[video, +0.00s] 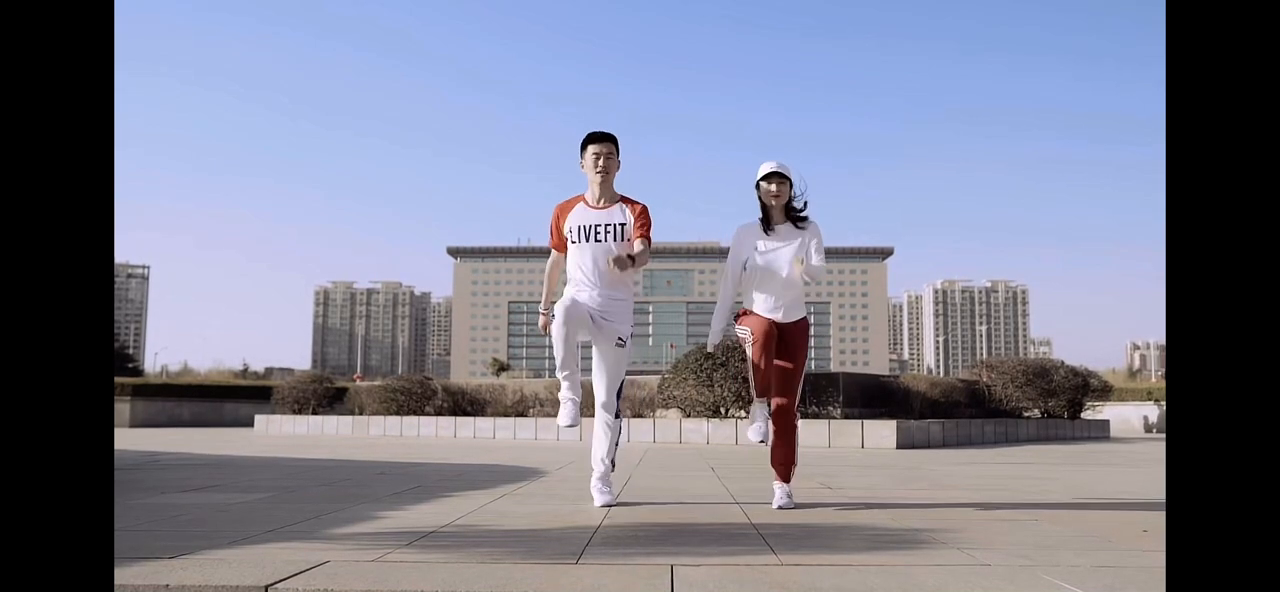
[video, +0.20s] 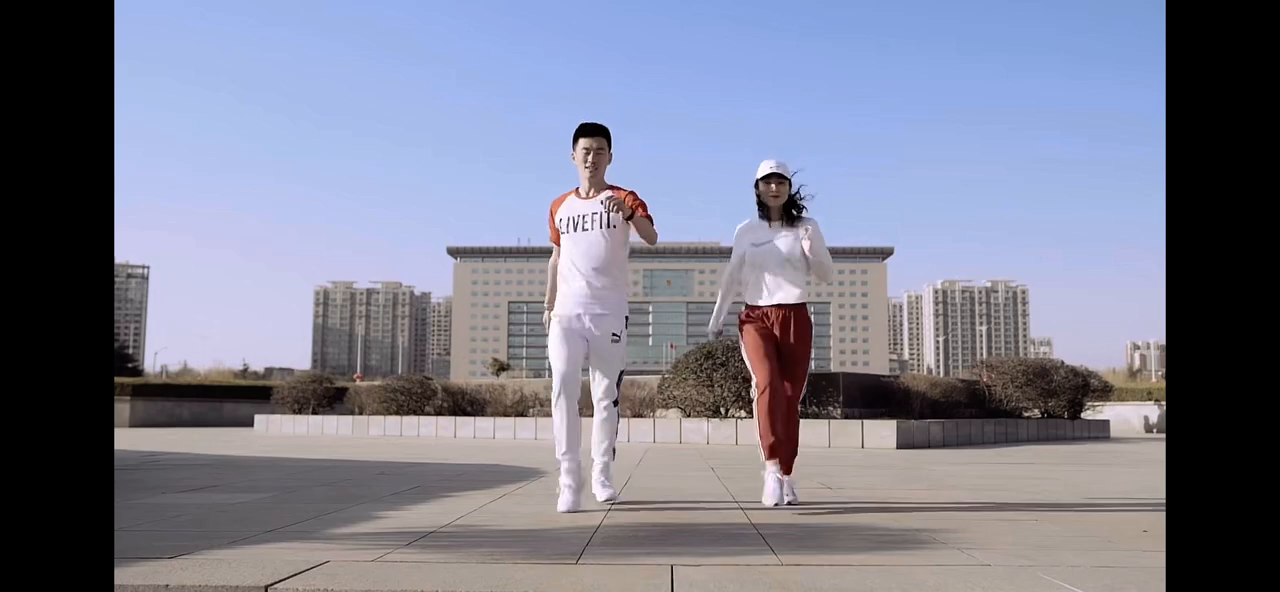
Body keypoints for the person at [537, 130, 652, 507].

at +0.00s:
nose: (603, 161)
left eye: (609, 156)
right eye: (595, 156)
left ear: (618, 163)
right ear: (583, 164)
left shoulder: (635, 210)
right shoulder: (565, 211)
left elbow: (644, 251)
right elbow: (556, 260)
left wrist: (630, 261)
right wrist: (545, 305)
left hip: (616, 310)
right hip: (578, 301)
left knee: (608, 402)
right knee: (567, 310)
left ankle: (602, 477)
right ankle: (569, 394)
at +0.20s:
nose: (592, 157)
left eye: (599, 151)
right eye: (585, 150)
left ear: (610, 157)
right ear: (574, 157)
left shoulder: (625, 198)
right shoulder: (560, 205)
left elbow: (651, 238)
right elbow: (557, 256)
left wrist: (630, 214)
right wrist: (549, 304)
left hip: (609, 312)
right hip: (567, 310)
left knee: (606, 396)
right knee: (562, 392)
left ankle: (602, 473)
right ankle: (568, 481)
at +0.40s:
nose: (589, 152)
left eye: (596, 146)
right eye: (582, 146)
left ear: (605, 152)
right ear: (570, 151)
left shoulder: (621, 199)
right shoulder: (551, 199)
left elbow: (637, 253)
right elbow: (537, 247)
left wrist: (643, 301)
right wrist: (527, 280)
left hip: (604, 303)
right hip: (564, 304)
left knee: (604, 347)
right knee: (570, 394)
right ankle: (580, 476)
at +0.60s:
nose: (594, 154)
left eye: (600, 148)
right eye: (587, 147)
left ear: (609, 153)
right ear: (572, 150)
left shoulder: (623, 201)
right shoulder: (549, 196)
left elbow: (626, 248)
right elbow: (520, 249)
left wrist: (632, 285)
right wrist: (530, 233)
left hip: (604, 294)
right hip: (564, 298)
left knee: (589, 336)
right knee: (570, 388)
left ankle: (591, 429)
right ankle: (582, 471)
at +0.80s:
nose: (598, 174)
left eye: (605, 168)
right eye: (591, 167)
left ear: (612, 173)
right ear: (576, 168)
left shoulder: (619, 215)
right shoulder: (552, 212)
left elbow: (633, 246)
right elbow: (522, 260)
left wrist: (652, 274)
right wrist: (539, 272)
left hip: (602, 324)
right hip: (561, 326)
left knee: (595, 406)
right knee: (570, 412)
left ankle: (586, 493)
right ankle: (583, 474)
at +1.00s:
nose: (593, 153)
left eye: (600, 147)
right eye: (586, 146)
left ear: (608, 150)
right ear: (571, 147)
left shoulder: (621, 198)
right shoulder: (548, 194)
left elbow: (632, 254)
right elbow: (530, 249)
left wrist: (621, 268)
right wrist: (510, 297)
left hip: (600, 297)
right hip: (559, 291)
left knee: (590, 394)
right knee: (544, 315)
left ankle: (586, 481)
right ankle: (550, 398)